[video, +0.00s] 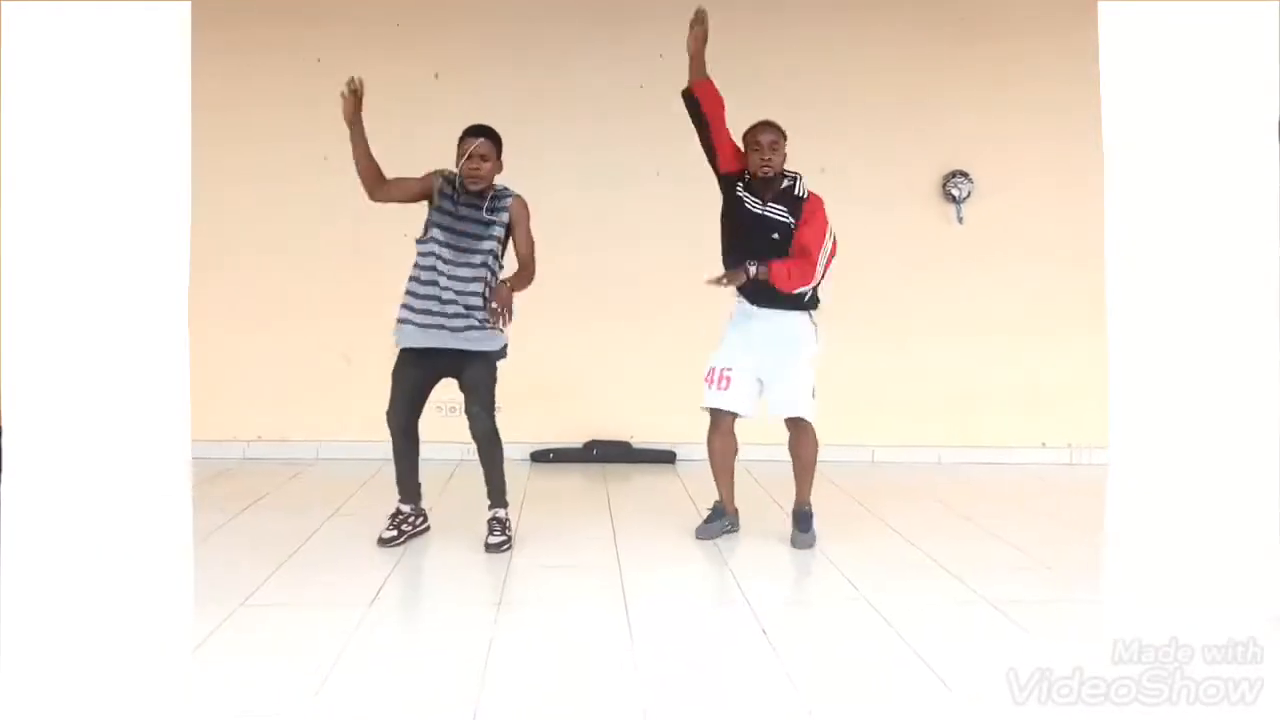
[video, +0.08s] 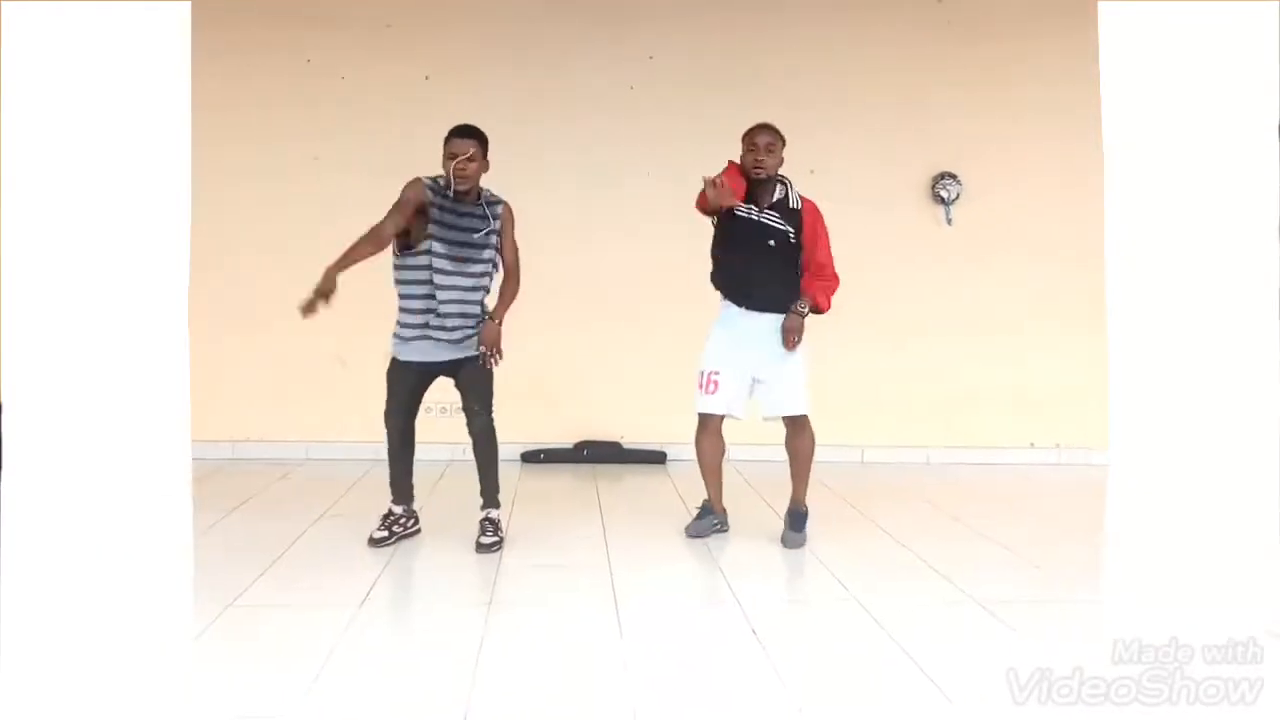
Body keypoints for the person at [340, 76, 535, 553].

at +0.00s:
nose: (474, 163)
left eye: (483, 157)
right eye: (467, 156)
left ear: (498, 164)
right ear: (458, 160)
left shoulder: (511, 206)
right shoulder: (438, 186)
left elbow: (526, 270)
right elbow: (377, 188)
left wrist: (507, 286)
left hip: (476, 336)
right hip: (423, 332)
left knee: (481, 422)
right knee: (399, 419)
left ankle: (497, 512)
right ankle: (410, 509)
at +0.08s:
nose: (459, 166)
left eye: (469, 159)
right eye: (452, 158)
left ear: (485, 163)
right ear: (443, 160)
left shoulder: (498, 211)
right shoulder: (420, 192)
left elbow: (511, 273)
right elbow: (381, 235)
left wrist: (495, 319)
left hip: (470, 340)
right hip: (415, 339)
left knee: (480, 420)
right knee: (397, 419)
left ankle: (490, 512)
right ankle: (403, 510)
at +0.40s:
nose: (412, 168)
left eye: (422, 162)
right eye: (405, 159)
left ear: (436, 166)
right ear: (393, 160)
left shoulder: (452, 206)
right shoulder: (376, 190)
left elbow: (469, 270)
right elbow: (412, 219)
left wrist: (465, 323)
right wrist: (476, 200)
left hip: (457, 335)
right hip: (405, 340)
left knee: (473, 417)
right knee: (383, 422)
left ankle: (484, 509)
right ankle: (393, 511)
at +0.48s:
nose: (416, 168)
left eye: (425, 161)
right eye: (408, 160)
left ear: (439, 165)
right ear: (396, 161)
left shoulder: (456, 210)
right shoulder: (374, 201)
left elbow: (482, 269)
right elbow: (320, 233)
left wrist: (474, 320)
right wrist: (371, 225)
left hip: (451, 336)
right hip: (400, 342)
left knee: (470, 416)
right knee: (383, 424)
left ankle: (488, 508)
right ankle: (396, 511)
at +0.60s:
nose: (426, 175)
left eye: (435, 168)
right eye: (418, 166)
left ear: (445, 169)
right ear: (403, 164)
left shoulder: (458, 214)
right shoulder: (383, 196)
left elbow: (495, 267)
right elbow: (323, 202)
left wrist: (481, 319)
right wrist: (348, 215)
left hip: (455, 338)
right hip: (404, 343)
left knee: (472, 419)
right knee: (390, 423)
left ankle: (495, 508)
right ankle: (404, 511)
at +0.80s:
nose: (391, 168)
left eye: (397, 160)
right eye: (391, 161)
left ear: (426, 161)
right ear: (417, 162)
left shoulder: (470, 209)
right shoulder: (400, 200)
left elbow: (492, 271)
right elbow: (359, 195)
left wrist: (466, 317)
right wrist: (374, 130)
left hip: (453, 330)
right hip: (410, 332)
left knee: (452, 418)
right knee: (404, 417)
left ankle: (532, 470)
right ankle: (421, 507)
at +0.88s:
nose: (387, 181)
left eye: (391, 172)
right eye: (386, 173)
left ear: (417, 169)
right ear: (413, 171)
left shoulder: (465, 205)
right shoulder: (406, 214)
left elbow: (491, 270)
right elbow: (381, 269)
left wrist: (457, 322)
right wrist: (346, 253)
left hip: (455, 334)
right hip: (410, 335)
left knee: (426, 419)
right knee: (407, 419)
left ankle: (460, 438)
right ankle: (423, 506)